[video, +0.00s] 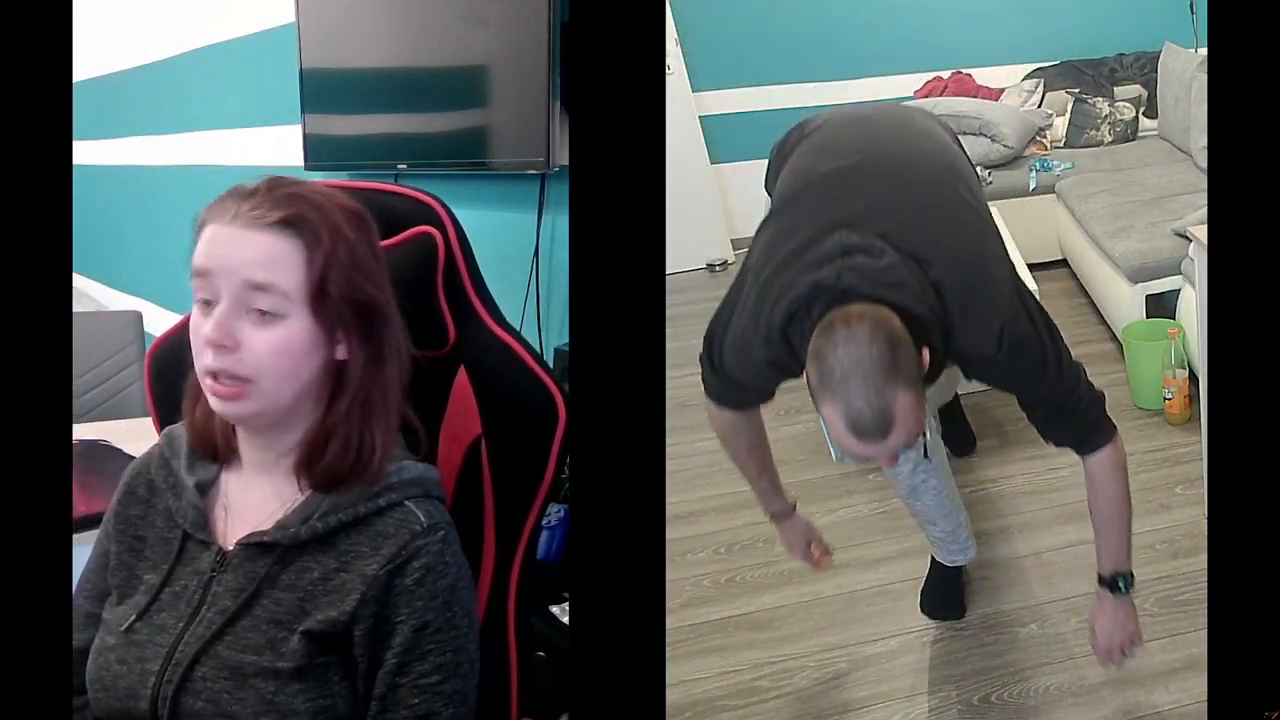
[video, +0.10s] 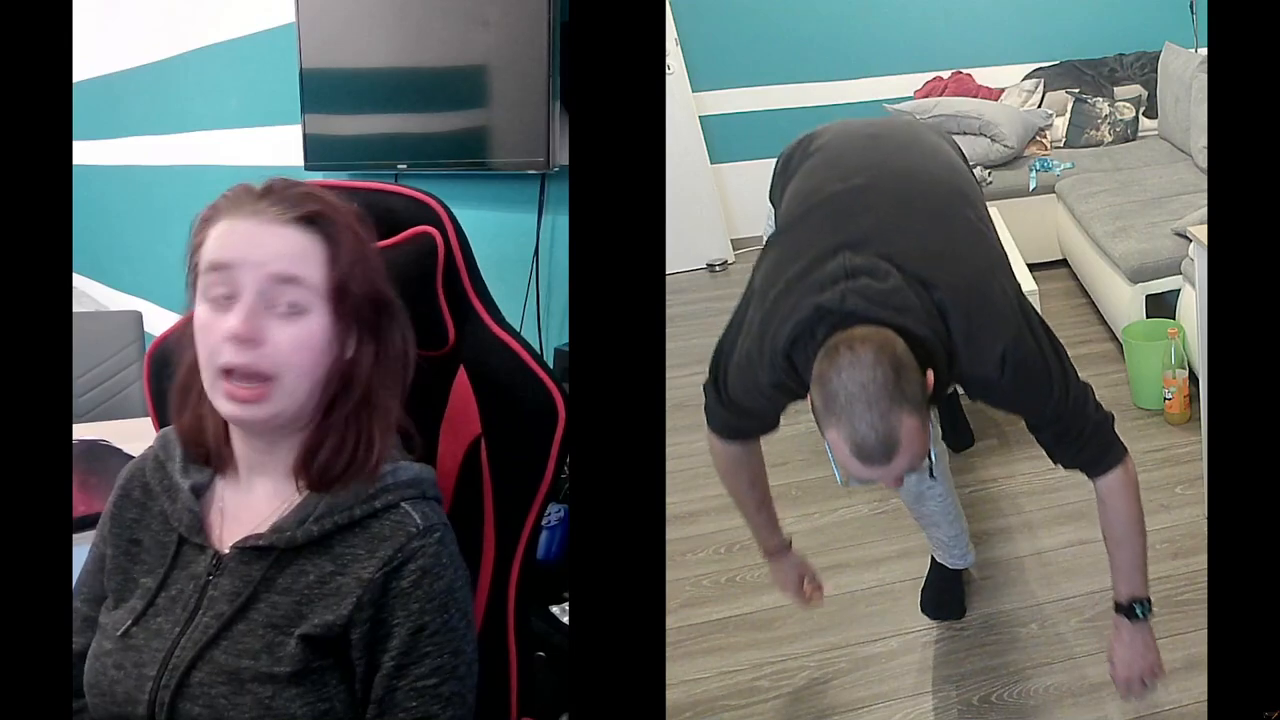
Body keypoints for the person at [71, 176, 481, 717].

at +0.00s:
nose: (215, 335)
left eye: (261, 311)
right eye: (205, 301)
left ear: (343, 335)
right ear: (191, 306)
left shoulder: (407, 549)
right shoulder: (154, 481)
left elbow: (427, 706)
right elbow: (77, 679)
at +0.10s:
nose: (239, 330)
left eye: (288, 306)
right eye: (220, 298)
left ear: (352, 337)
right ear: (194, 317)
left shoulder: (404, 548)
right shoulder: (148, 485)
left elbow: (428, 702)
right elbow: (77, 676)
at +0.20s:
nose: (272, 321)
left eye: (311, 299)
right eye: (242, 290)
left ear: (348, 341)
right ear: (194, 325)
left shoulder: (402, 548)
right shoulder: (140, 492)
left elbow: (430, 702)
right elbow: (77, 680)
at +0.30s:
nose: (300, 314)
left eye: (328, 295)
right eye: (262, 287)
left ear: (351, 335)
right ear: (194, 329)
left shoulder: (401, 548)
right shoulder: (134, 497)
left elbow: (432, 704)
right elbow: (78, 683)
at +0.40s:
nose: (319, 312)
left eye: (337, 293)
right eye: (275, 288)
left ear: (355, 330)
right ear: (195, 333)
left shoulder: (400, 550)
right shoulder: (125, 505)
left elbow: (434, 703)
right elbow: (79, 684)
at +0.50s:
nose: (330, 321)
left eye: (343, 299)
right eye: (286, 295)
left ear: (359, 328)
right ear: (197, 336)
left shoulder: (397, 551)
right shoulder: (118, 512)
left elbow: (431, 704)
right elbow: (79, 684)